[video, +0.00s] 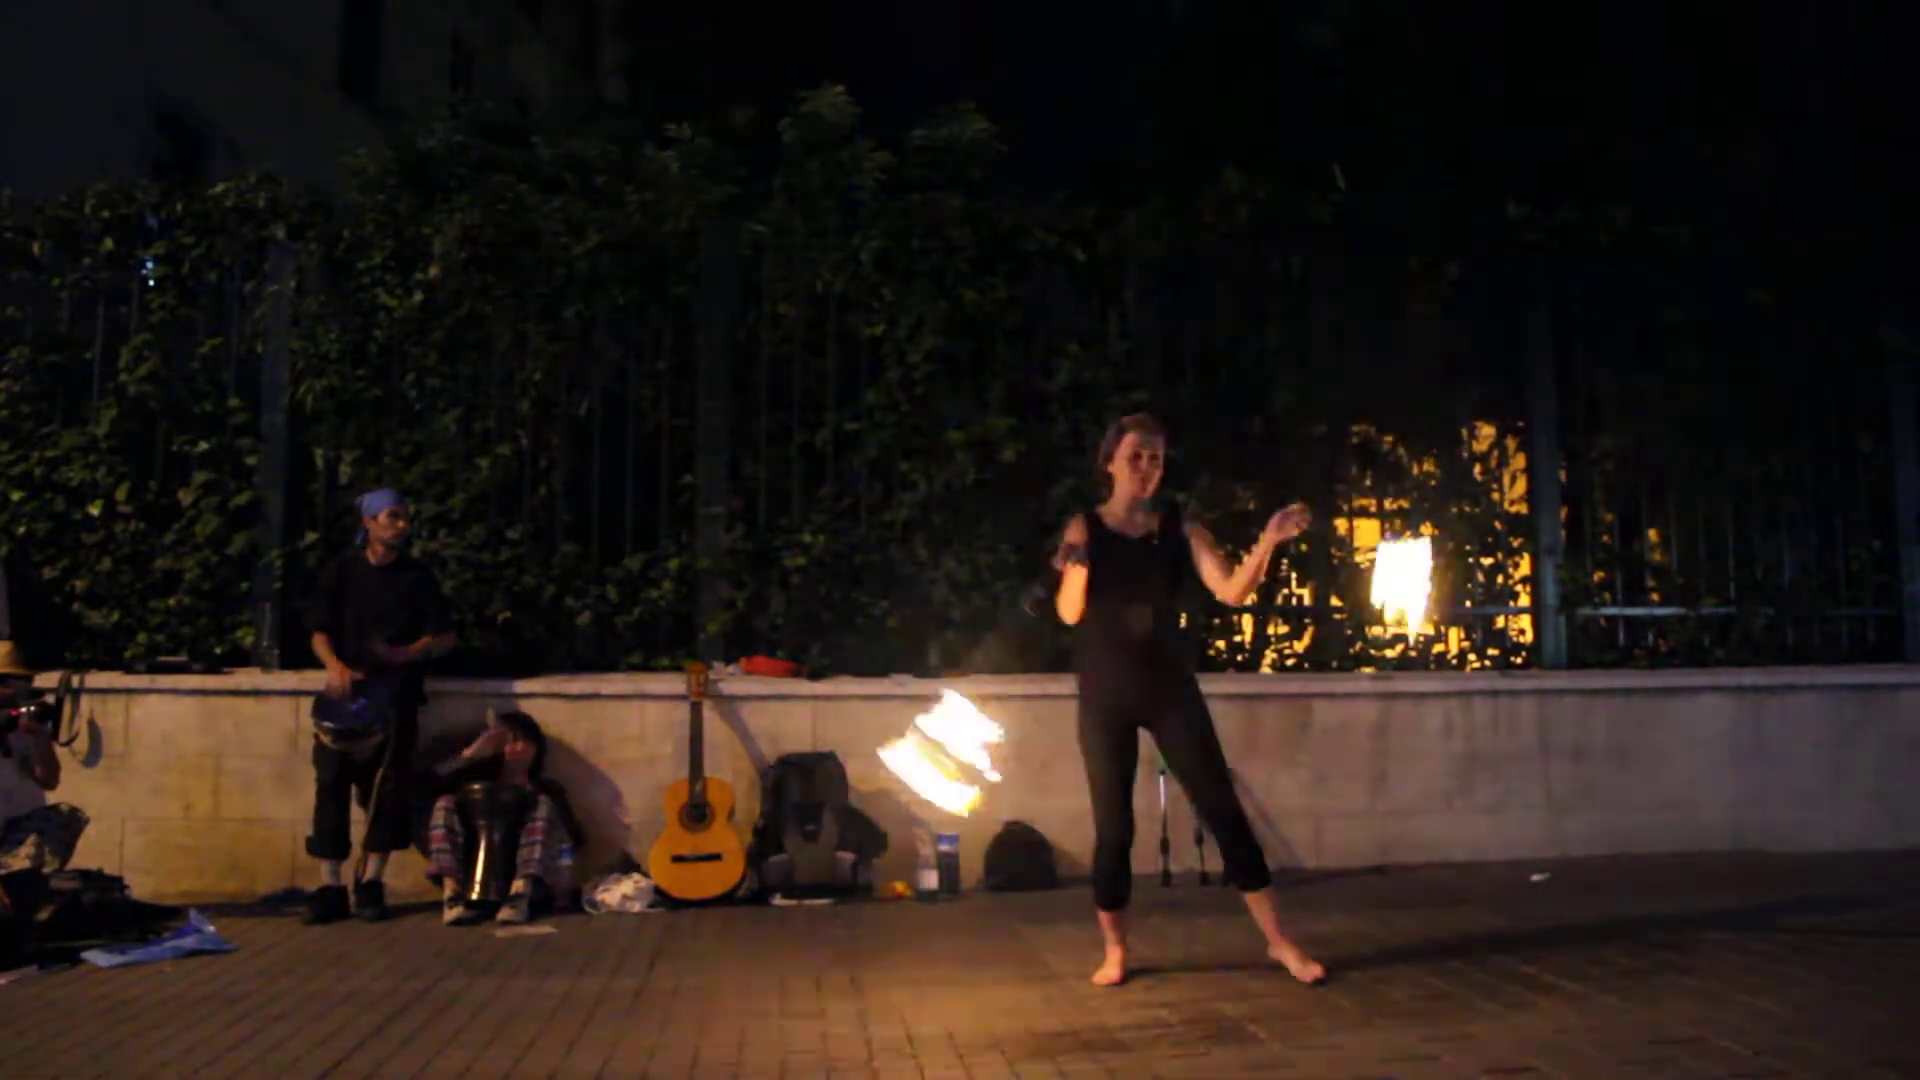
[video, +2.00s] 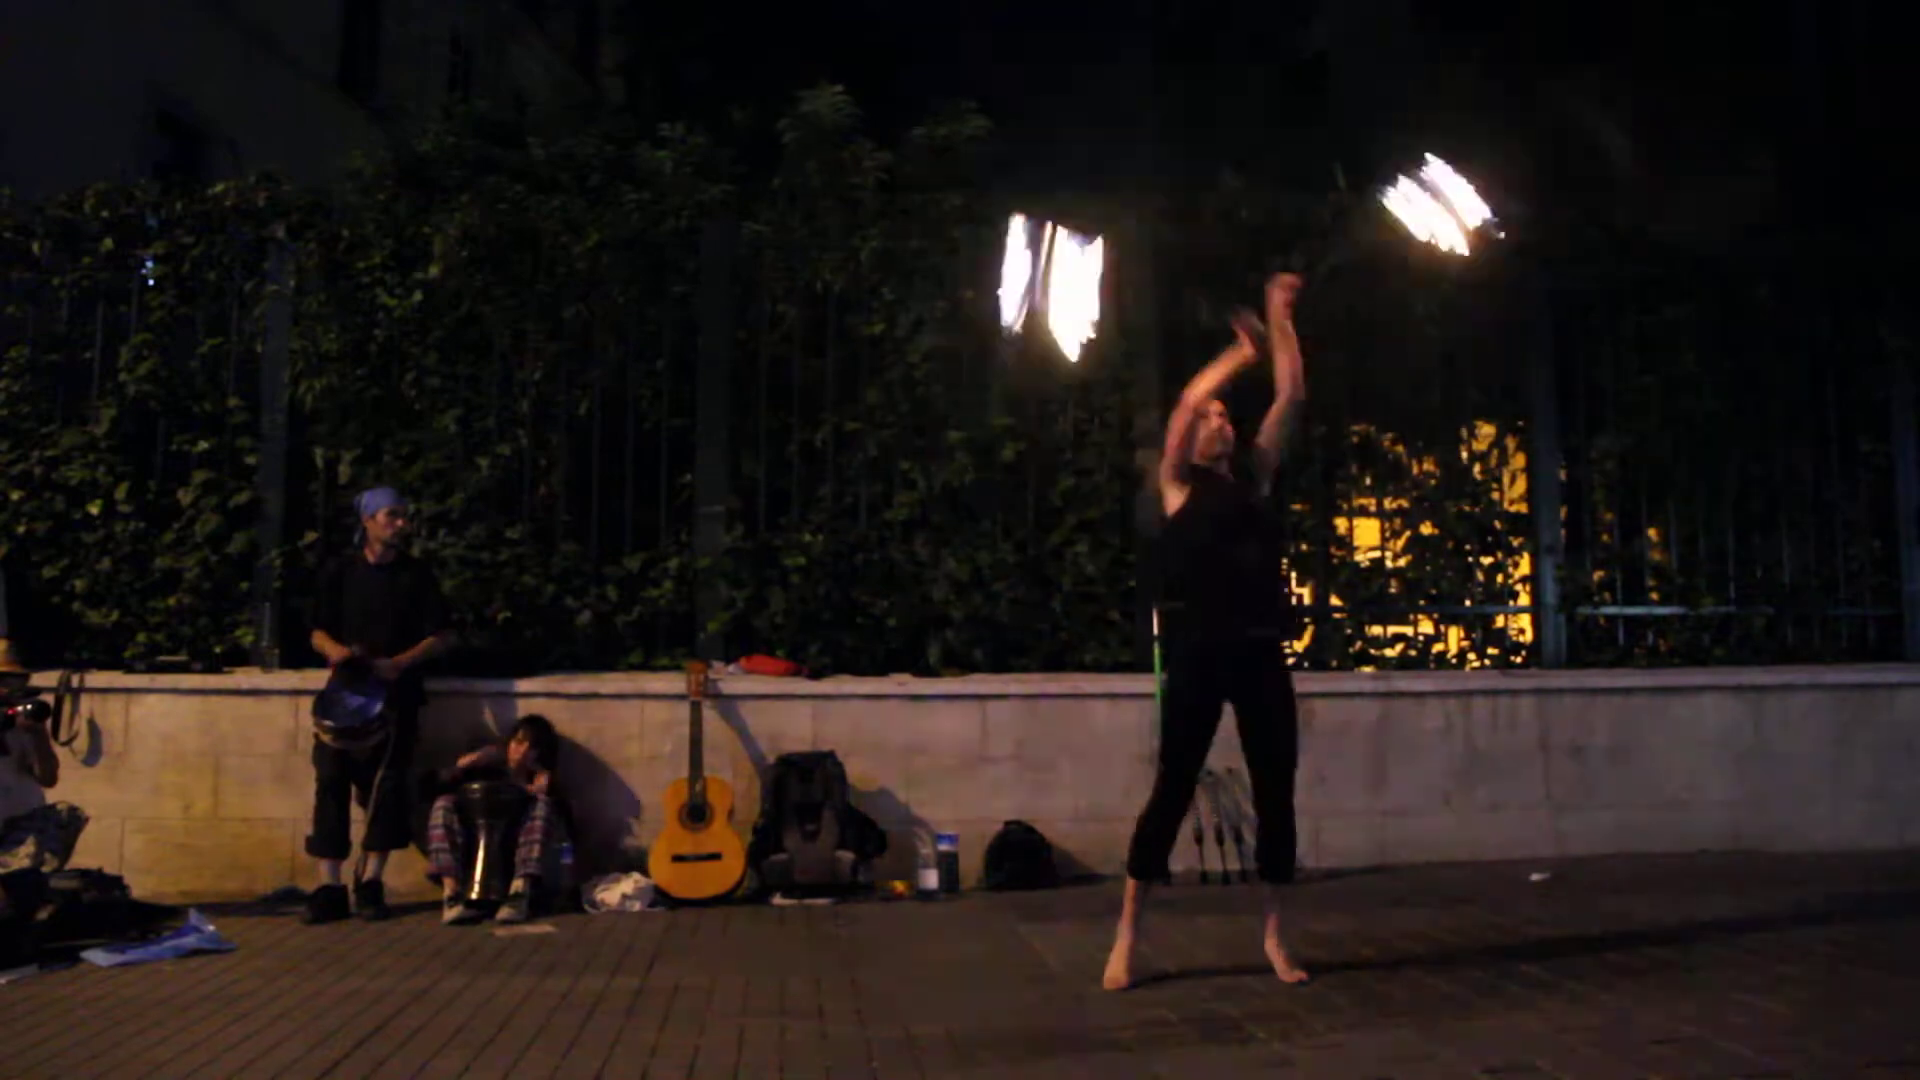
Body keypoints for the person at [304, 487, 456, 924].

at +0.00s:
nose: (402, 525)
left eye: (405, 518)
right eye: (393, 518)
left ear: (407, 524)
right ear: (369, 522)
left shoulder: (417, 575)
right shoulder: (341, 572)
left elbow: (444, 637)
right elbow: (317, 630)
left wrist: (404, 654)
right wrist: (333, 665)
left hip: (397, 695)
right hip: (346, 690)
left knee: (389, 785)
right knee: (331, 783)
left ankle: (371, 881)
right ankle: (331, 883)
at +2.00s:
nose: (401, 524)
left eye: (403, 517)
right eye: (392, 517)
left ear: (403, 523)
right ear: (367, 521)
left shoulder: (416, 573)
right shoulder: (340, 572)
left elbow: (442, 635)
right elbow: (316, 631)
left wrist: (398, 663)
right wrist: (337, 652)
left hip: (396, 692)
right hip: (345, 689)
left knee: (389, 782)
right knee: (331, 781)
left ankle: (370, 880)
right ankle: (330, 882)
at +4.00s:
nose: (394, 520)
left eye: (399, 514)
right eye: (385, 513)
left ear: (405, 523)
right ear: (365, 520)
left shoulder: (417, 575)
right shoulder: (340, 571)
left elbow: (442, 636)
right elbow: (316, 628)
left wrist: (405, 669)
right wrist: (340, 656)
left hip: (395, 692)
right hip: (345, 690)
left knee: (389, 784)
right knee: (331, 783)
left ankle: (370, 880)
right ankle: (330, 882)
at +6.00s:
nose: (401, 523)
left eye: (403, 516)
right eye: (392, 517)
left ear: (404, 522)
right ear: (368, 521)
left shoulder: (417, 573)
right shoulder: (341, 571)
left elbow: (440, 638)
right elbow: (319, 633)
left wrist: (394, 666)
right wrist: (337, 668)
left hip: (396, 695)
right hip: (345, 691)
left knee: (390, 785)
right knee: (331, 783)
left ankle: (370, 881)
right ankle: (330, 882)